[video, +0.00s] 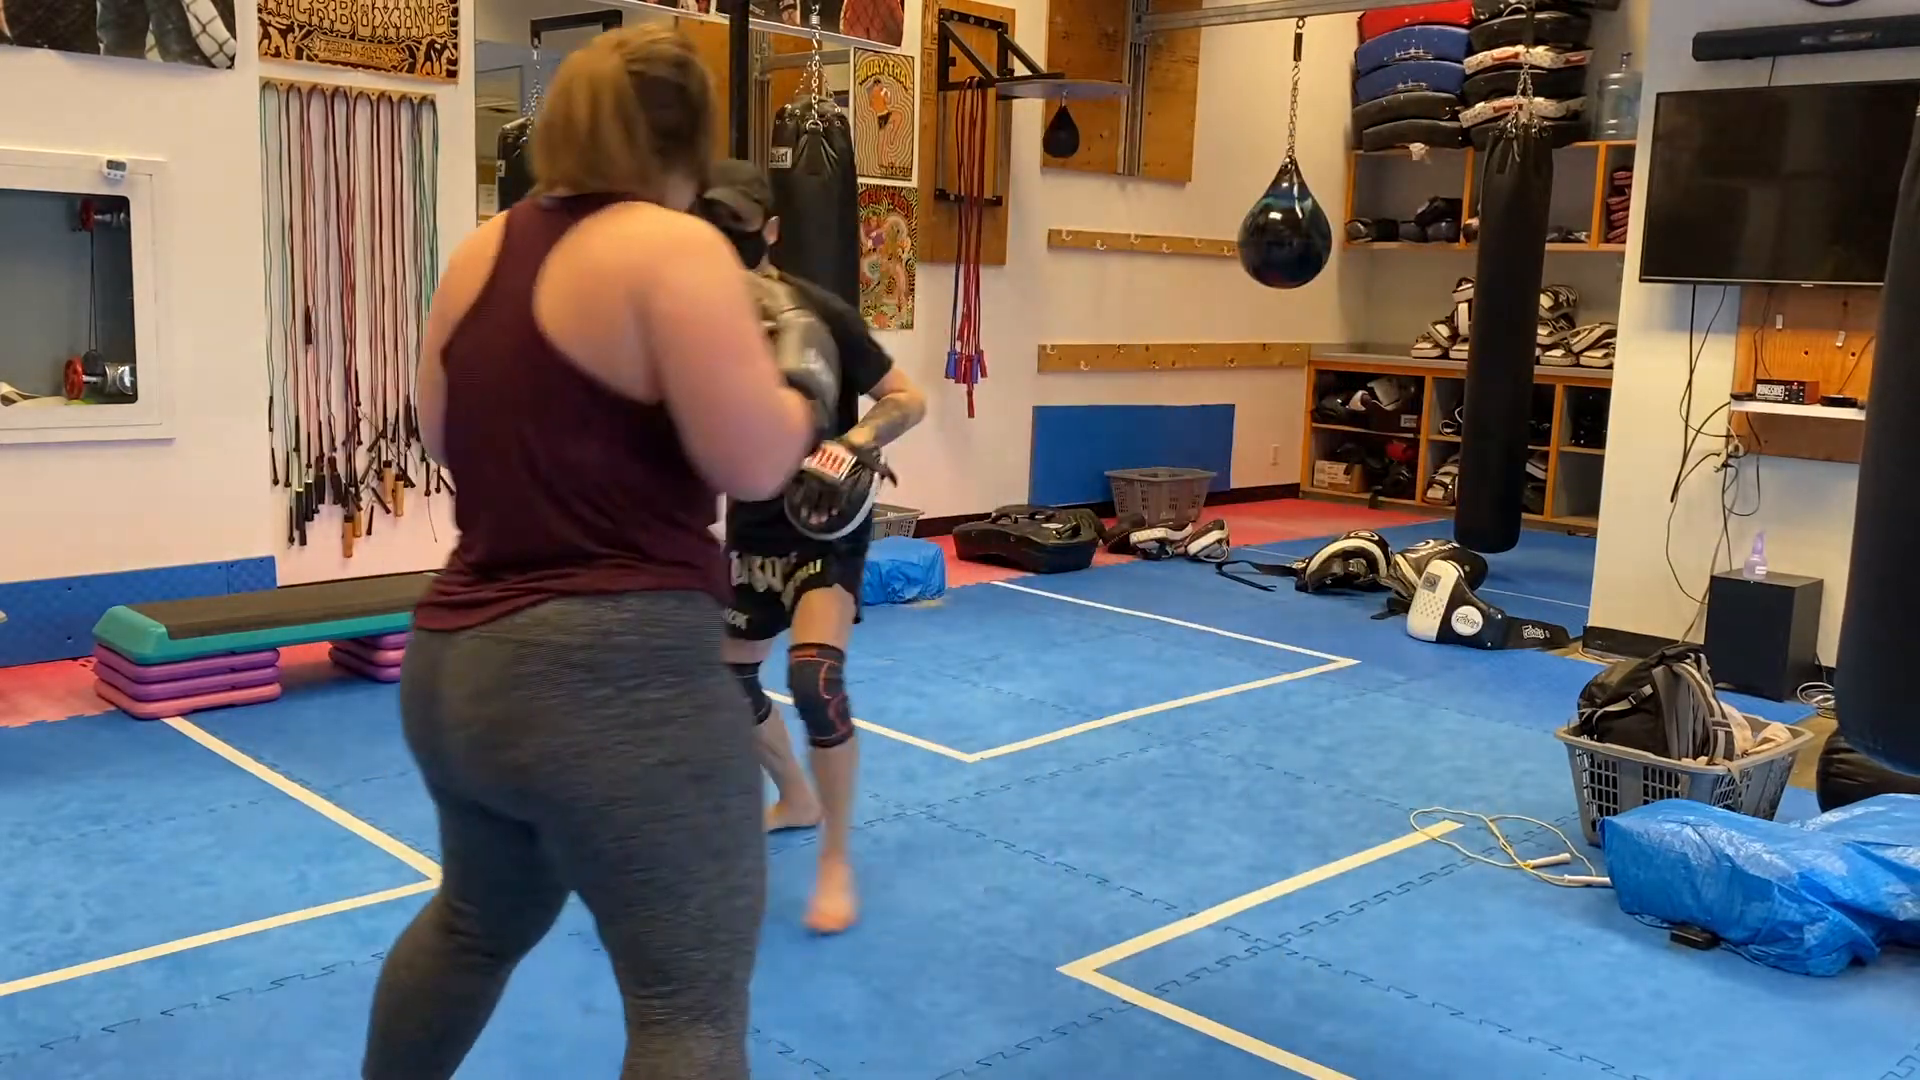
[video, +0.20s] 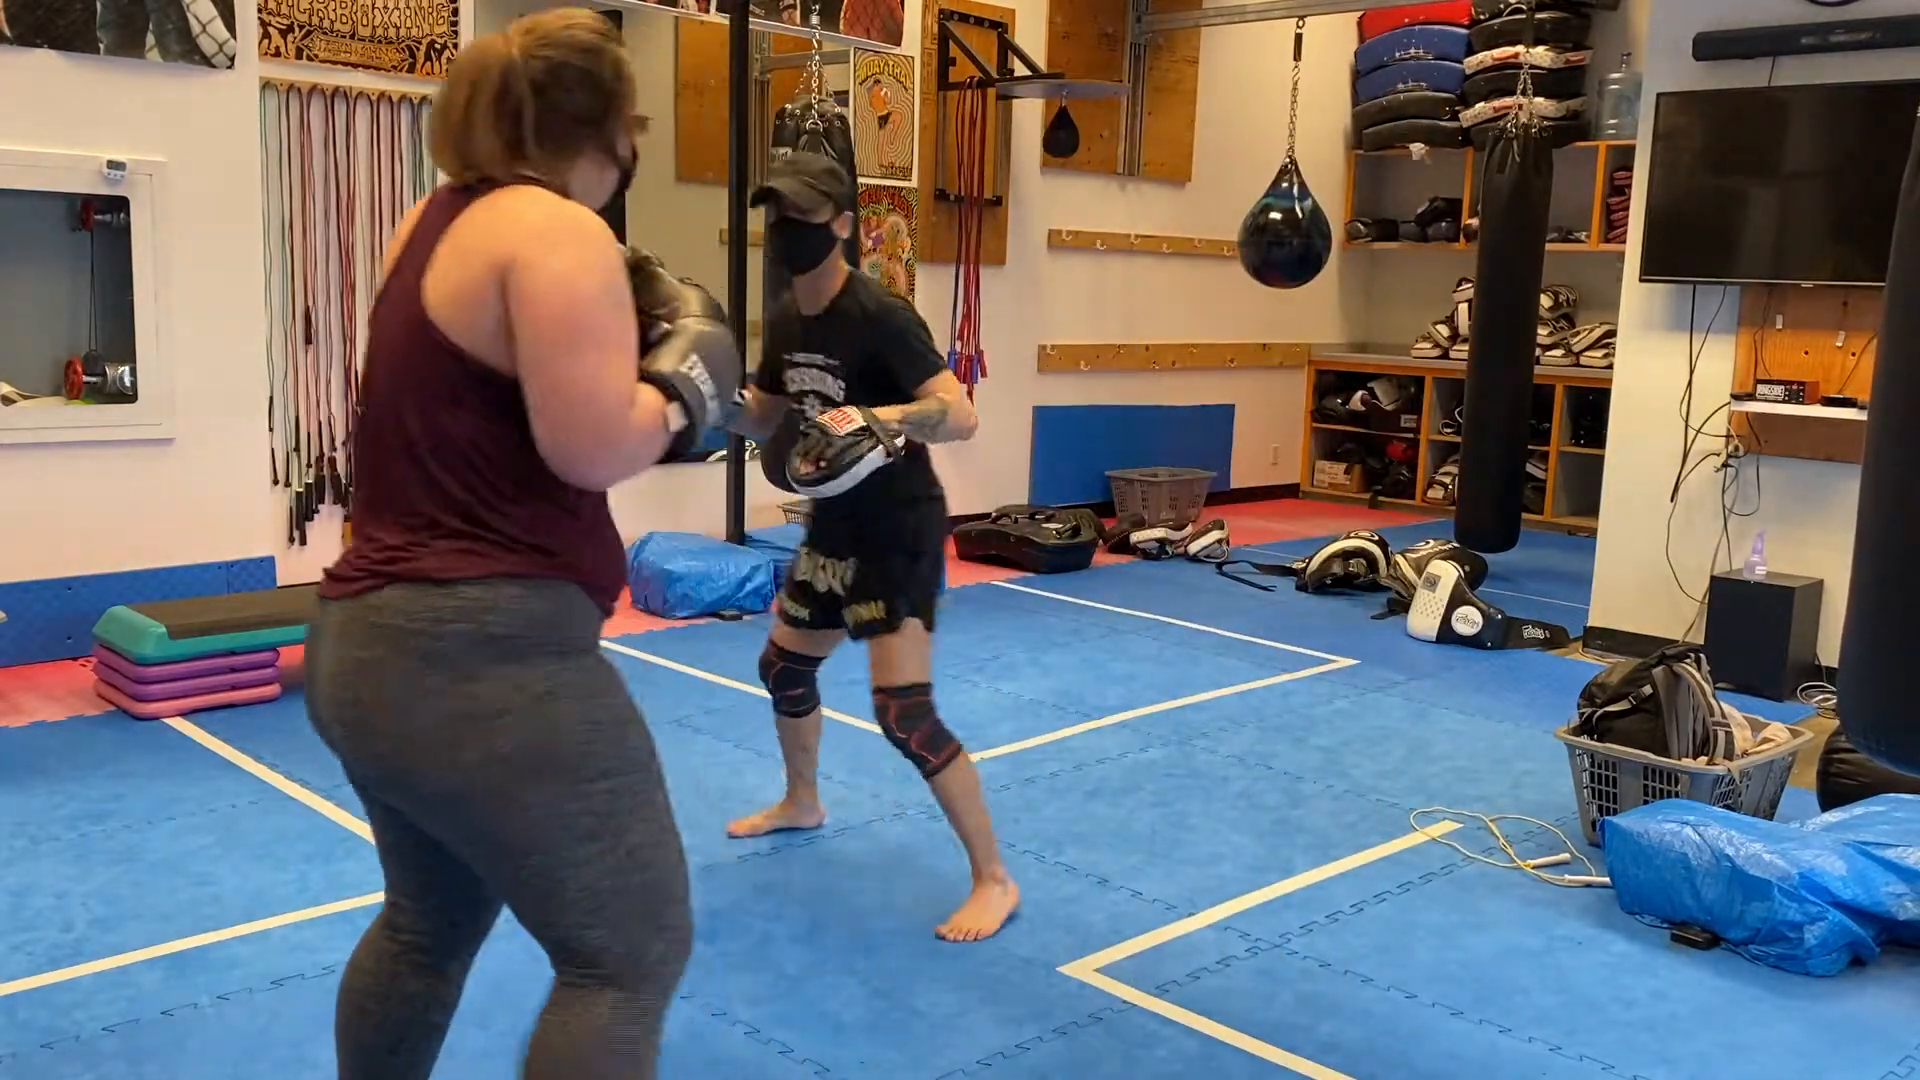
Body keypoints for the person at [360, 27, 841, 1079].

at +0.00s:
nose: (713, 149)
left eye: (706, 132)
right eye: (707, 132)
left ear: (566, 125)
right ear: (685, 136)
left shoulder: (481, 248)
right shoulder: (674, 248)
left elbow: (443, 432)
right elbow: (756, 463)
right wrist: (801, 366)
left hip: (461, 653)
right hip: (620, 671)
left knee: (477, 918)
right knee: (689, 1009)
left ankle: (391, 1071)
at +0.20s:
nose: (627, 158)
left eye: (626, 136)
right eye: (622, 136)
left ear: (491, 118)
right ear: (583, 129)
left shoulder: (429, 221)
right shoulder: (559, 234)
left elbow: (480, 399)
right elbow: (594, 447)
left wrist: (613, 328)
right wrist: (684, 386)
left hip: (368, 632)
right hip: (487, 650)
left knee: (427, 923)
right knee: (625, 957)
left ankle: (372, 1074)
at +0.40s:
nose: (573, 131)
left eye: (572, 112)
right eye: (565, 110)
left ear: (437, 102)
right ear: (527, 109)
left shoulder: (374, 217)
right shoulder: (504, 223)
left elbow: (442, 377)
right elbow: (584, 434)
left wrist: (573, 295)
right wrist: (651, 353)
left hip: (358, 634)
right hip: (455, 656)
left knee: (418, 924)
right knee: (480, 978)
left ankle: (367, 1063)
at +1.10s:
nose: (591, 159)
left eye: (589, 140)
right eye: (576, 140)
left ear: (512, 150)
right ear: (523, 147)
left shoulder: (522, 258)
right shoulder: (435, 251)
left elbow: (591, 339)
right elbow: (488, 438)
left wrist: (694, 287)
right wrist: (588, 335)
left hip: (469, 600)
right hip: (383, 606)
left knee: (510, 781)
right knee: (435, 890)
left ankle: (445, 995)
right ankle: (362, 1064)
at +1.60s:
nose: (545, 205)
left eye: (548, 189)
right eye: (536, 186)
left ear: (482, 176)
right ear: (489, 175)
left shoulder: (484, 251)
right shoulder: (443, 249)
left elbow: (532, 361)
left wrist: (587, 307)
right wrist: (604, 308)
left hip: (493, 534)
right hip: (440, 540)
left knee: (526, 695)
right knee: (455, 777)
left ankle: (475, 878)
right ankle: (364, 1028)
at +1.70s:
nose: (545, 193)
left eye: (548, 181)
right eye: (543, 179)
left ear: (443, 162)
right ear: (520, 172)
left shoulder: (361, 250)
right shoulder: (516, 240)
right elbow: (659, 303)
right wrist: (709, 257)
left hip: (398, 525)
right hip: (471, 532)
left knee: (485, 716)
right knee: (472, 769)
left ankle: (475, 878)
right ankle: (392, 999)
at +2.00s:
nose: (514, 187)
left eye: (520, 171)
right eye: (508, 169)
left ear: (431, 151)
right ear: (468, 154)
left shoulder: (385, 224)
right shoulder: (450, 224)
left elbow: (445, 348)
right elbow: (496, 355)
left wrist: (535, 302)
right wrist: (560, 309)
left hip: (392, 497)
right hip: (447, 499)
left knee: (463, 708)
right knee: (503, 717)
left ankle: (478, 888)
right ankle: (474, 950)